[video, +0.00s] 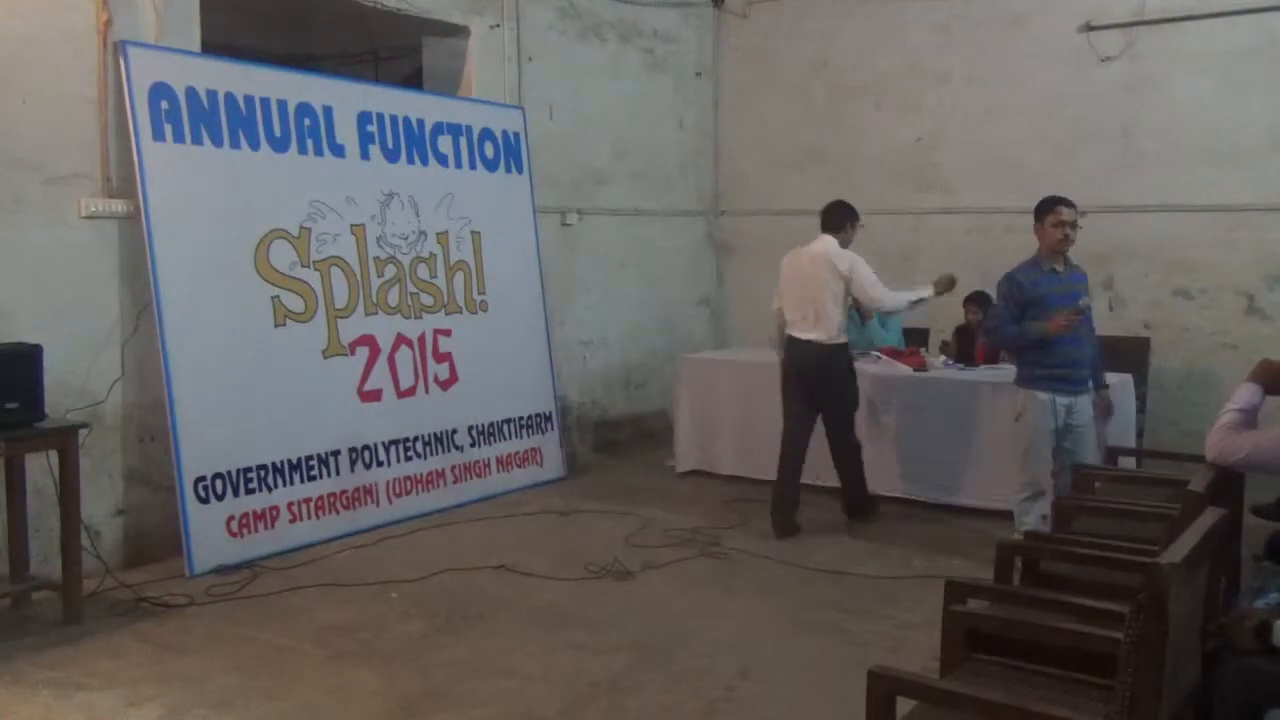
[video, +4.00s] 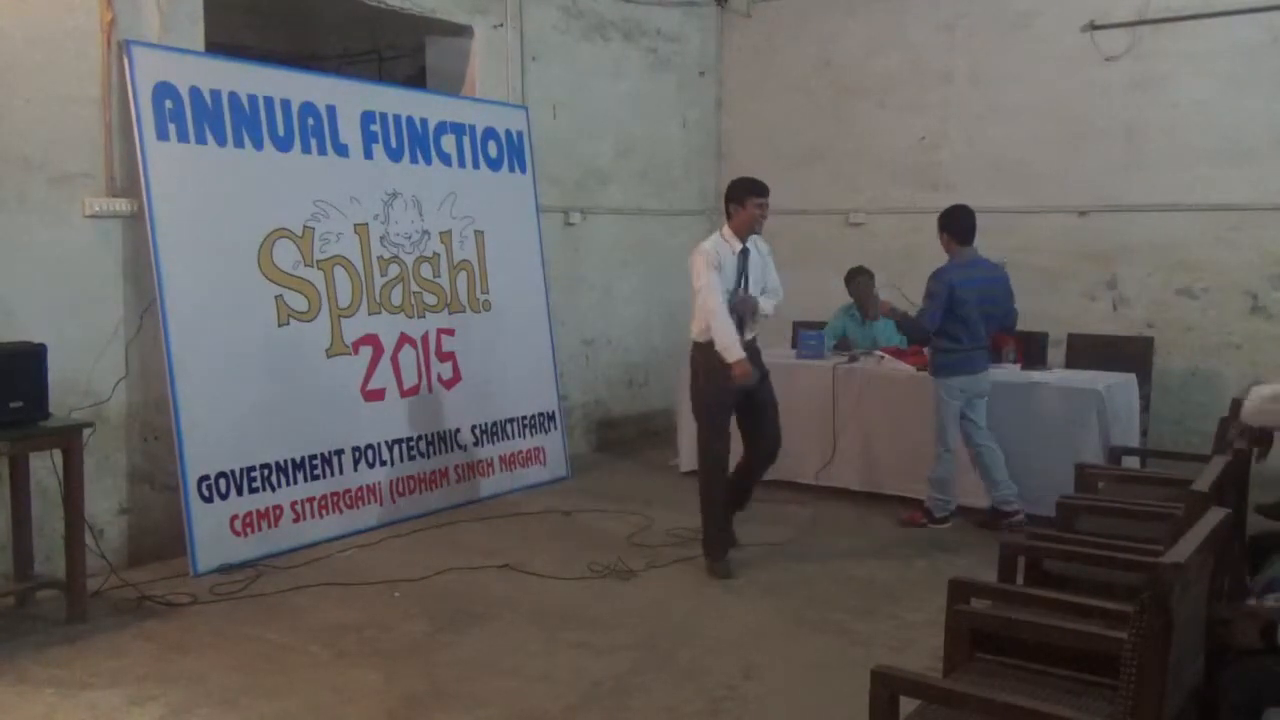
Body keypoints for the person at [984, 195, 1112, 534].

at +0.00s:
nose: (1067, 233)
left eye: (1073, 226)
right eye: (1059, 225)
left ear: (1078, 231)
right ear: (1038, 229)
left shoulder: (1077, 276)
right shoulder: (1016, 281)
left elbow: (1089, 334)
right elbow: (996, 334)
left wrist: (1100, 387)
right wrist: (1045, 328)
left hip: (1079, 394)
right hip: (1038, 394)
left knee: (1084, 476)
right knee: (1036, 480)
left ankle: (1079, 548)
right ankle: (1032, 550)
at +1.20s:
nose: (1015, 239)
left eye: (1023, 232)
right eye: (1012, 232)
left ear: (1046, 233)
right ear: (1008, 232)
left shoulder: (1071, 278)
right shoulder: (995, 278)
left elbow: (1085, 333)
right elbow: (979, 324)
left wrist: (1090, 381)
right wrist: (995, 325)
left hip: (1056, 386)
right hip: (1012, 385)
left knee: (1053, 459)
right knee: (1010, 457)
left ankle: (1051, 522)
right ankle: (1013, 521)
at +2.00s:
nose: (1020, 240)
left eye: (1023, 233)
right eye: (1020, 232)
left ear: (1040, 233)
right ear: (1046, 233)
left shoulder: (1075, 280)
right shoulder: (1034, 274)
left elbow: (1070, 346)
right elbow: (1033, 326)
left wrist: (1032, 382)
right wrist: (1007, 311)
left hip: (1057, 388)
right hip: (1023, 382)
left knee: (1059, 466)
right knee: (1016, 461)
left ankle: (1065, 534)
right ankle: (1014, 528)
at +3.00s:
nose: (1002, 241)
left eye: (1003, 234)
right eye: (1002, 233)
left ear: (1015, 234)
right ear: (1035, 233)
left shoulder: (1025, 273)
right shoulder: (1050, 270)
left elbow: (1014, 332)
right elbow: (1053, 322)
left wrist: (1004, 382)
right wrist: (1036, 351)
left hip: (1026, 373)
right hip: (1039, 370)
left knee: (1023, 446)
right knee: (1021, 445)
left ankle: (1038, 514)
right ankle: (1017, 511)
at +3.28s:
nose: (993, 239)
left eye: (994, 232)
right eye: (993, 232)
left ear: (1005, 233)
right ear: (1025, 232)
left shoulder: (1009, 273)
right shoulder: (1045, 272)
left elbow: (998, 330)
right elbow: (1053, 322)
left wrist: (973, 364)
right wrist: (1022, 337)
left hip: (1009, 375)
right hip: (1034, 374)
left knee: (994, 444)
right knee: (1024, 446)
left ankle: (1002, 514)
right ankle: (1020, 513)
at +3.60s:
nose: (976, 240)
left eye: (977, 234)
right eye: (977, 233)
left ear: (985, 236)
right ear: (1010, 233)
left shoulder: (986, 274)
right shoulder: (1033, 274)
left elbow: (967, 324)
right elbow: (1046, 322)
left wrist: (940, 331)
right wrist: (1025, 350)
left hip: (990, 377)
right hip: (1021, 374)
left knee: (969, 444)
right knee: (1017, 451)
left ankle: (946, 507)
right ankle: (1017, 516)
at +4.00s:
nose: (940, 240)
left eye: (940, 235)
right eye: (941, 234)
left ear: (945, 237)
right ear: (973, 233)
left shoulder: (944, 277)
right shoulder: (995, 273)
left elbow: (923, 329)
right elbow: (1008, 323)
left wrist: (894, 314)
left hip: (950, 374)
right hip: (979, 370)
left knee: (945, 443)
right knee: (980, 437)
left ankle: (939, 508)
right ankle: (1008, 505)